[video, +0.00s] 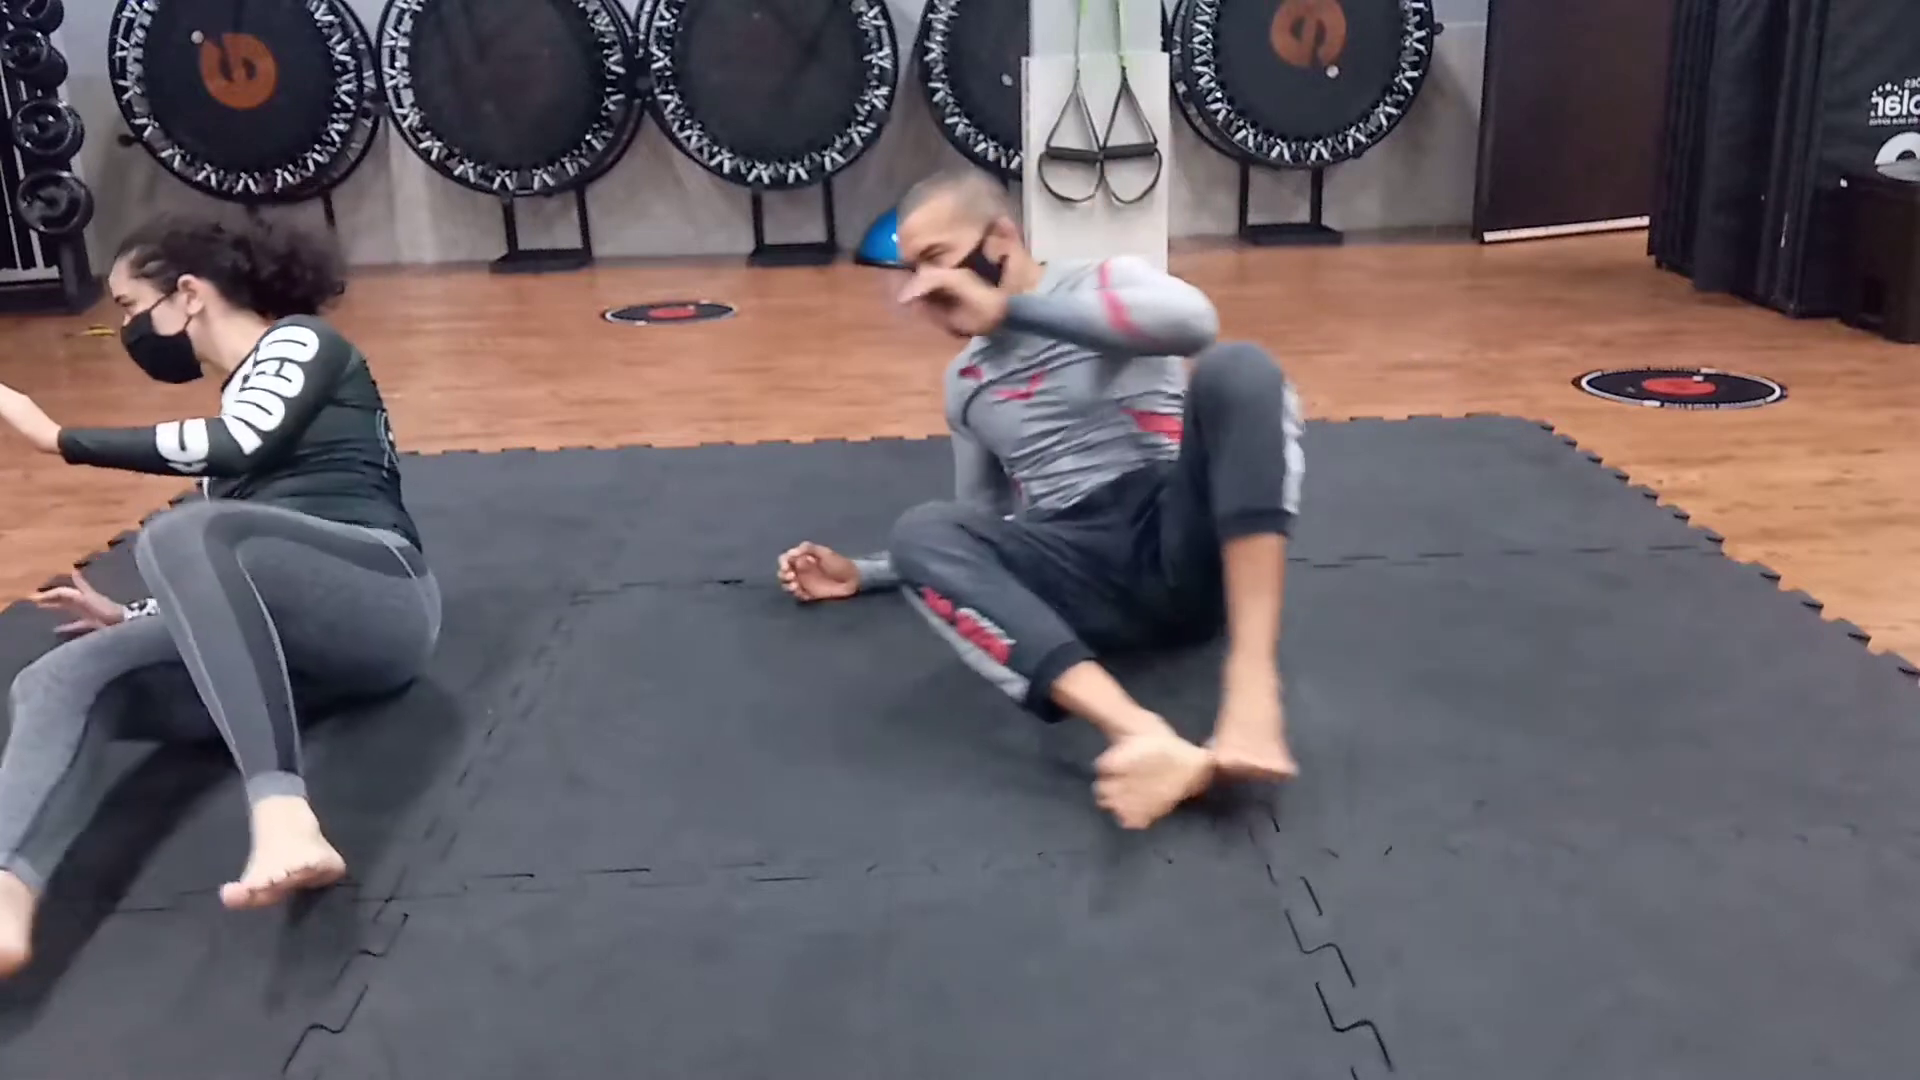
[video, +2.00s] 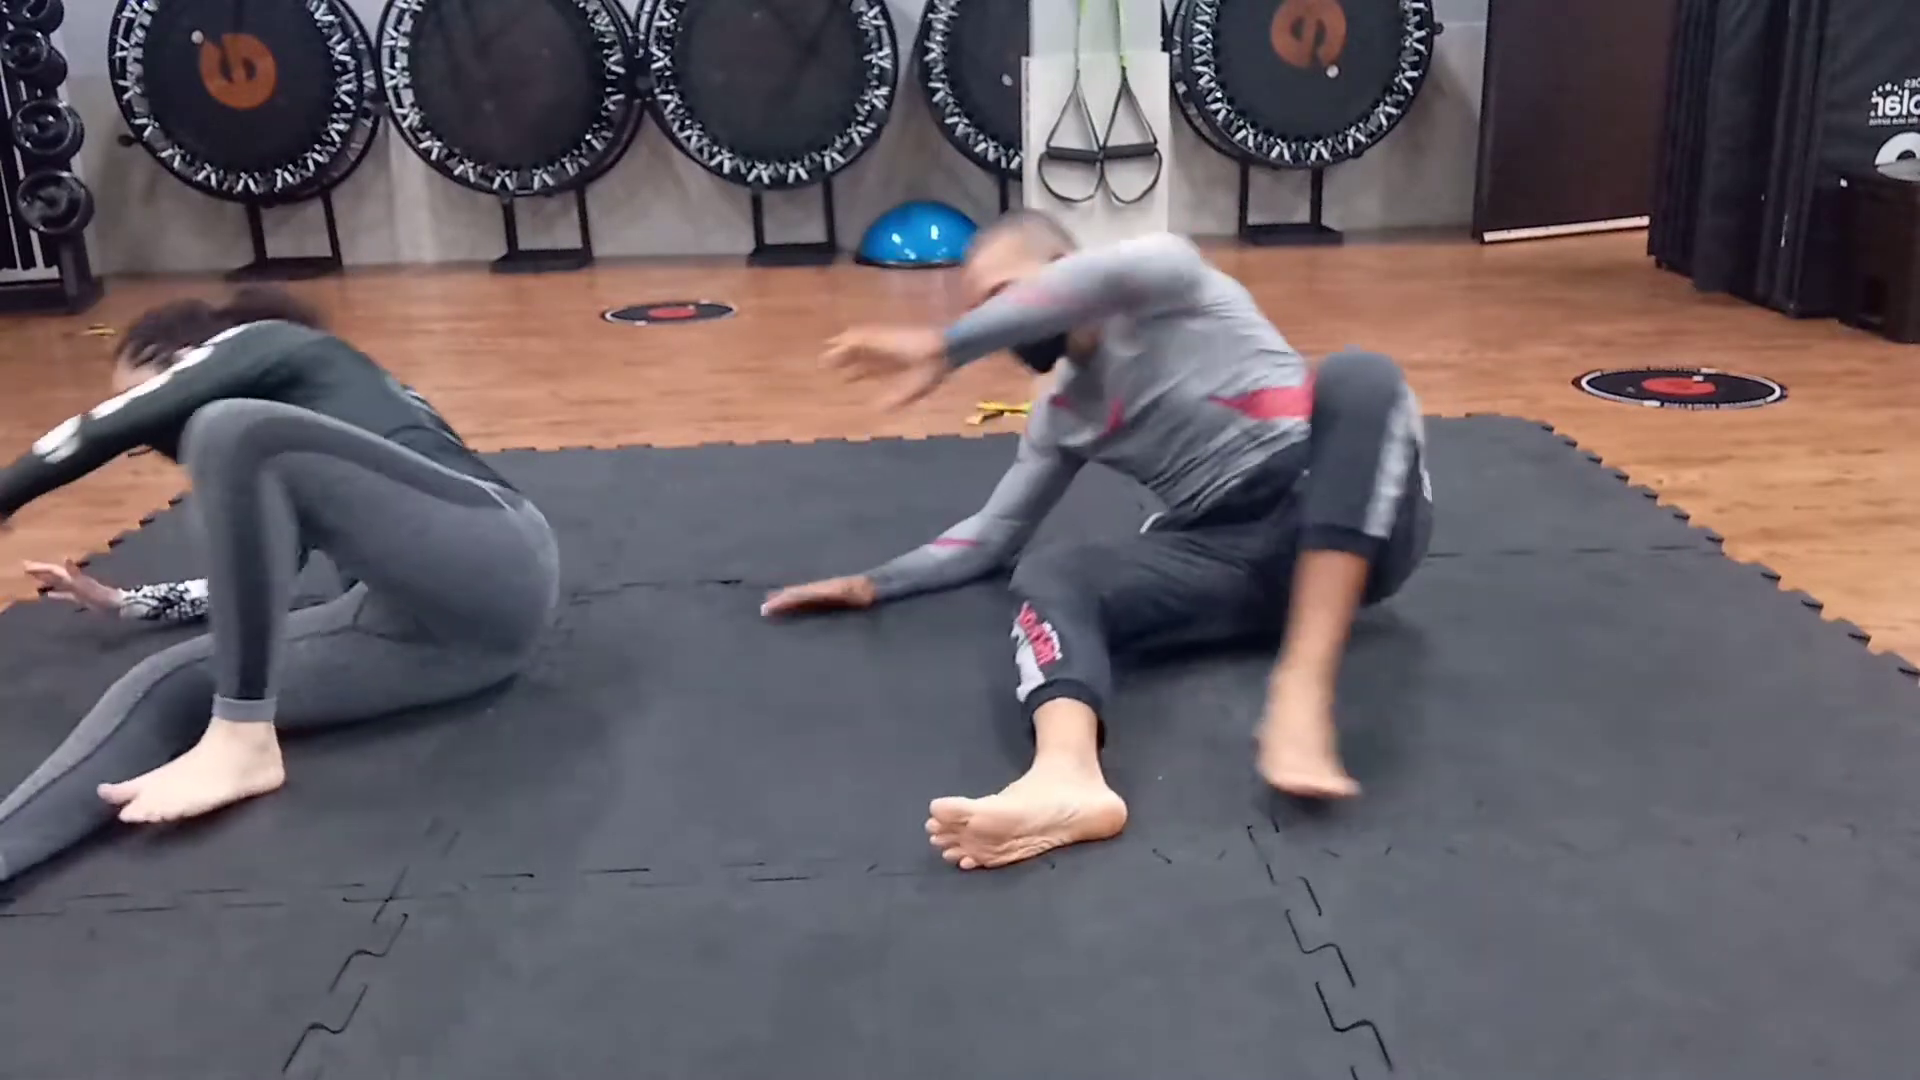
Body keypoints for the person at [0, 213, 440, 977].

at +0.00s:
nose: (126, 331)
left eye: (131, 309)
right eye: (120, 315)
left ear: (191, 296)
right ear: (192, 303)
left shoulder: (303, 341)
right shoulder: (238, 418)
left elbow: (232, 445)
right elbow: (266, 574)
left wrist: (63, 441)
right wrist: (134, 619)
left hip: (380, 598)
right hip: (281, 653)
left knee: (181, 534)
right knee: (56, 679)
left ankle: (283, 815)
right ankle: (9, 893)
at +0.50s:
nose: (105, 359)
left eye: (107, 339)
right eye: (99, 347)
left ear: (159, 320)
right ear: (161, 323)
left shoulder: (248, 343)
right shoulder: (203, 438)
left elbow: (129, 431)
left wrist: (5, 448)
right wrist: (125, 616)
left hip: (359, 586)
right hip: (295, 656)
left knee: (85, 477)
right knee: (48, 704)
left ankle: (224, 758)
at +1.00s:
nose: (103, 381)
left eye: (102, 363)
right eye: (93, 372)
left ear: (141, 328)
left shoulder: (201, 342)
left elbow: (30, 455)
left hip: (306, 566)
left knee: (9, 526)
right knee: (16, 729)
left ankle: (211, 741)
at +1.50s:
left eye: (89, 379)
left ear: (128, 360)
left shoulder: (150, 360)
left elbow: (7, 440)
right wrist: (149, 468)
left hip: (368, 508)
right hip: (393, 633)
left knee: (30, 507)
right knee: (102, 717)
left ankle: (217, 742)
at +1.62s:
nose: (78, 412)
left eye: (88, 397)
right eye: (81, 404)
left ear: (123, 372)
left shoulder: (165, 363)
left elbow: (8, 451)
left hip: (397, 514)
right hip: (409, 631)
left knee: (61, 484)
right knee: (121, 711)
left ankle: (223, 743)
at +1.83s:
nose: (106, 421)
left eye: (108, 402)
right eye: (102, 410)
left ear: (150, 372)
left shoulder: (207, 365)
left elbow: (23, 471)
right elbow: (272, 583)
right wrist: (127, 602)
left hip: (461, 551)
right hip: (437, 653)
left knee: (160, 443)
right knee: (145, 699)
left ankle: (234, 737)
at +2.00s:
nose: (140, 420)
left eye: (143, 397)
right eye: (133, 407)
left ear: (188, 358)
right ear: (193, 371)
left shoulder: (271, 346)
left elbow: (99, 435)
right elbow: (269, 580)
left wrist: (8, 496)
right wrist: (126, 604)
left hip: (498, 564)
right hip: (429, 643)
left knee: (228, 431)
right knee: (170, 686)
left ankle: (244, 739)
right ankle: (1, 859)